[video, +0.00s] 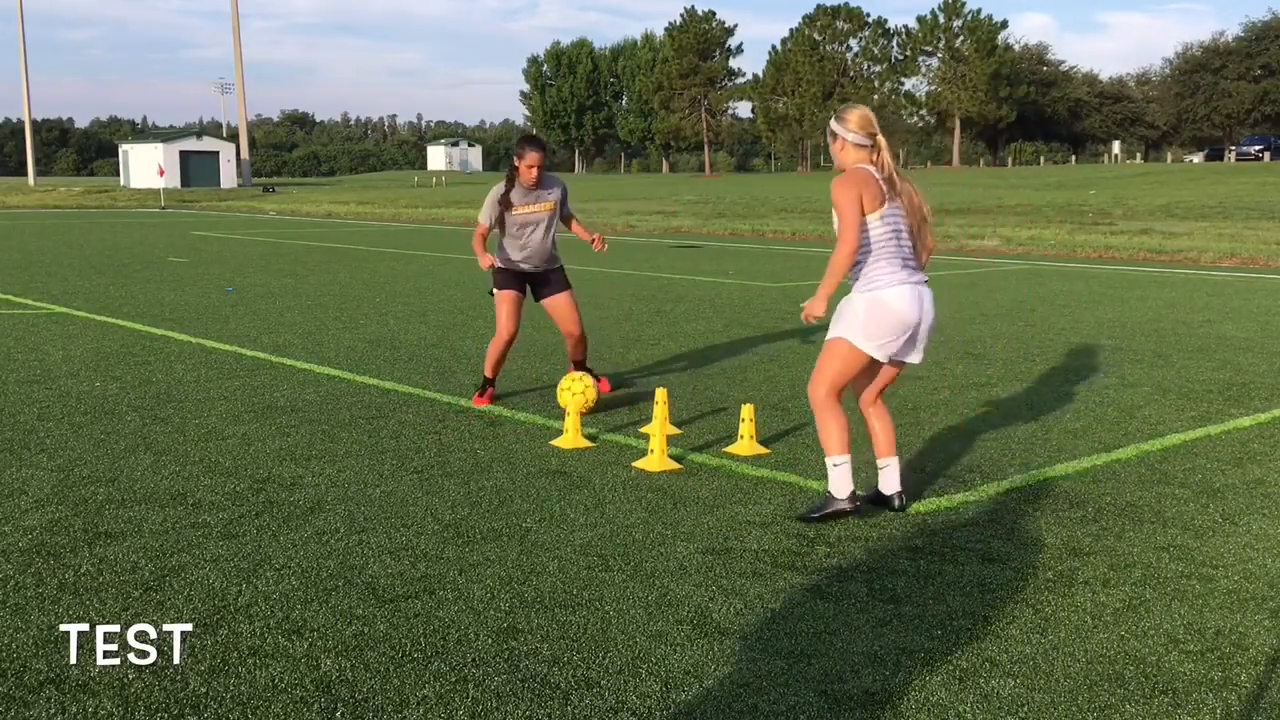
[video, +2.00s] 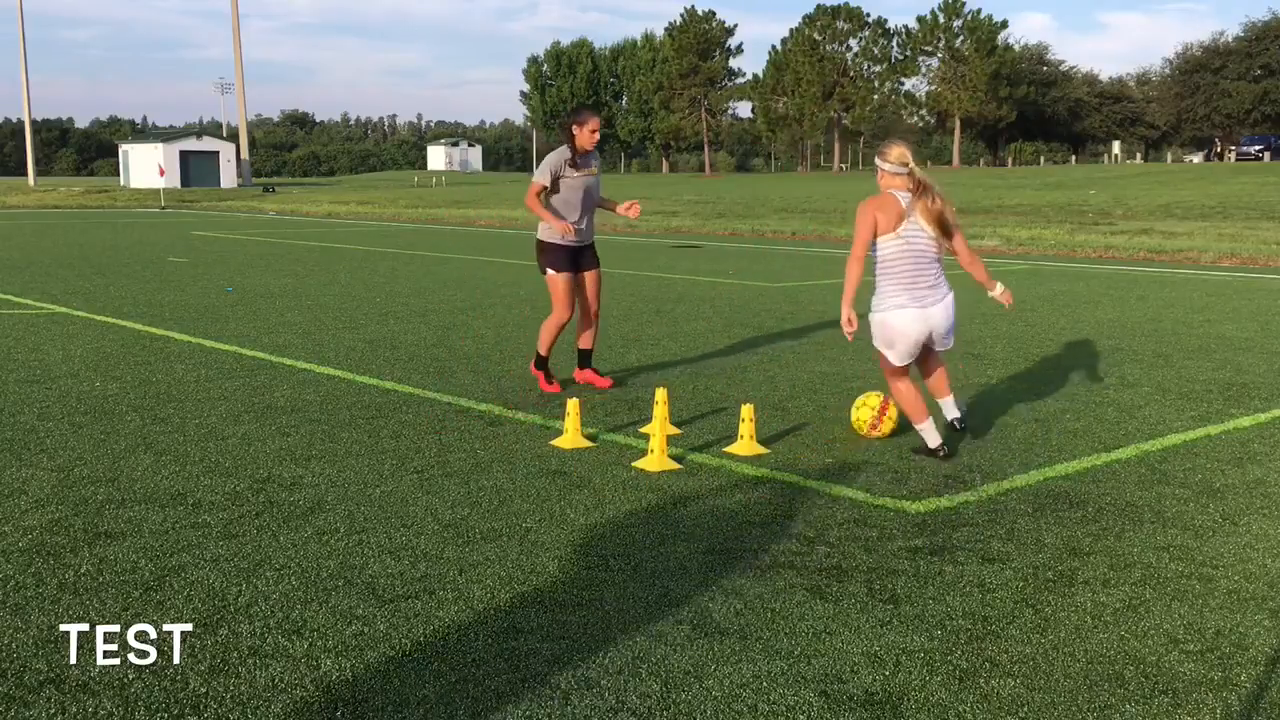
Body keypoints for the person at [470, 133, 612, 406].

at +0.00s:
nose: (535, 173)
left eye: (540, 167)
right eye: (529, 167)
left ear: (544, 163)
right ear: (516, 163)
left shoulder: (556, 187)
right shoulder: (501, 192)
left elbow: (567, 218)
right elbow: (479, 234)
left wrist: (589, 237)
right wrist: (482, 254)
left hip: (547, 268)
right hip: (510, 269)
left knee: (576, 332)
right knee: (507, 332)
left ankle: (581, 375)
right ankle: (487, 385)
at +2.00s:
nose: (597, 137)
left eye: (599, 131)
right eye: (593, 131)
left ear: (594, 132)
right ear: (576, 130)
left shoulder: (592, 161)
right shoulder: (556, 160)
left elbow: (590, 198)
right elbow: (531, 198)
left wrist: (618, 208)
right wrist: (555, 220)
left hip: (584, 243)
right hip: (555, 244)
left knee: (591, 309)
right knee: (563, 312)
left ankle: (584, 368)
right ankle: (539, 365)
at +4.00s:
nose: (526, 163)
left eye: (530, 157)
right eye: (520, 156)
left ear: (532, 159)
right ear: (502, 155)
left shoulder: (526, 189)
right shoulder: (482, 187)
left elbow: (512, 230)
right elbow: (449, 229)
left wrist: (531, 255)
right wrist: (446, 280)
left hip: (506, 277)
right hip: (474, 275)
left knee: (545, 334)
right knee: (481, 348)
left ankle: (509, 385)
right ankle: (440, 419)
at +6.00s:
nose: (596, 187)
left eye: (600, 181)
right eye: (591, 181)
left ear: (603, 180)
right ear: (578, 175)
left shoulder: (599, 203)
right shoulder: (555, 195)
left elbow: (605, 240)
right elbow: (521, 223)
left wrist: (625, 248)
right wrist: (503, 252)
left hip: (561, 264)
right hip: (530, 260)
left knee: (586, 317)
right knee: (562, 303)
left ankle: (582, 374)